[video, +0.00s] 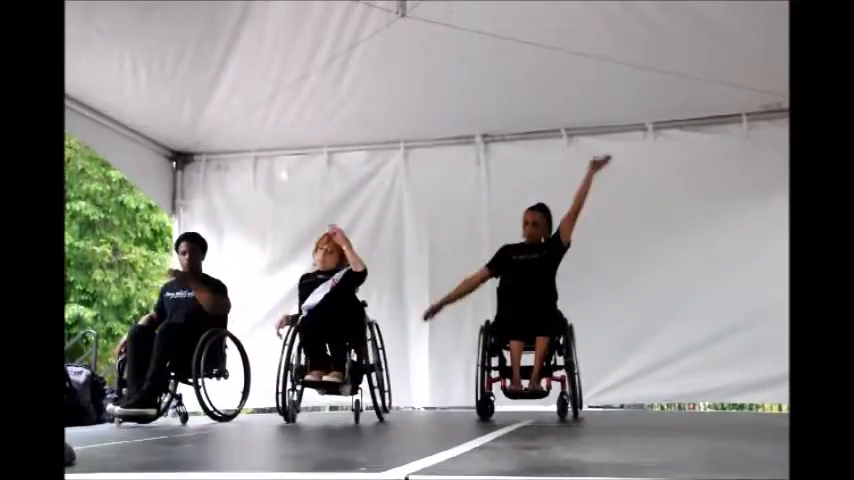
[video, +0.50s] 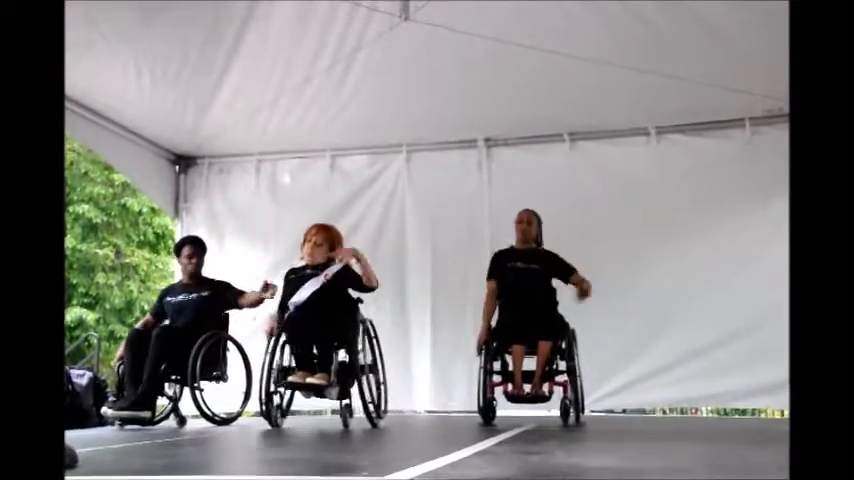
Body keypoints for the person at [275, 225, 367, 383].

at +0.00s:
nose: (324, 254)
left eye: (330, 251)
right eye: (321, 249)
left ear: (340, 257)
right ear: (314, 256)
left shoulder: (346, 276)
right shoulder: (307, 280)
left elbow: (360, 271)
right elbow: (304, 313)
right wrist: (289, 319)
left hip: (343, 318)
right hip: (318, 320)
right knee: (307, 322)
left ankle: (337, 370)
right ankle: (317, 368)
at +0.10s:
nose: (315, 256)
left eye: (321, 252)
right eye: (314, 252)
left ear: (334, 257)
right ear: (312, 254)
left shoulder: (345, 276)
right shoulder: (304, 280)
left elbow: (351, 270)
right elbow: (303, 309)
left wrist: (332, 252)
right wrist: (292, 318)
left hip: (340, 315)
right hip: (315, 318)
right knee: (306, 324)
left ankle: (336, 370)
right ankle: (315, 368)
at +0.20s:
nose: (317, 252)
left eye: (325, 250)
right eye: (315, 247)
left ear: (337, 256)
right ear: (310, 250)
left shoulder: (342, 277)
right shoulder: (301, 279)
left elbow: (349, 274)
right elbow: (299, 305)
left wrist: (327, 262)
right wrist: (291, 316)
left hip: (339, 315)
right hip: (313, 317)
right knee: (305, 324)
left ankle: (335, 370)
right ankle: (313, 369)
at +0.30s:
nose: (314, 251)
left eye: (322, 248)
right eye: (312, 245)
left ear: (334, 254)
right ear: (306, 249)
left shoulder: (341, 272)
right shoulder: (298, 278)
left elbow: (358, 283)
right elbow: (293, 304)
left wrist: (329, 267)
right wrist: (287, 317)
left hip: (339, 317)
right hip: (311, 319)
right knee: (302, 319)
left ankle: (331, 371)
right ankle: (310, 369)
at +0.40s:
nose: (313, 250)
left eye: (320, 247)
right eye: (310, 244)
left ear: (333, 254)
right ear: (304, 248)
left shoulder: (341, 273)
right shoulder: (296, 277)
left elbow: (364, 284)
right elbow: (289, 307)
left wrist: (337, 263)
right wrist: (283, 317)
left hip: (337, 317)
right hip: (307, 319)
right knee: (298, 321)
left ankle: (328, 371)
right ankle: (308, 369)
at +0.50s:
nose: (310, 248)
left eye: (318, 245)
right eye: (308, 242)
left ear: (331, 253)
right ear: (303, 246)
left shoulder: (340, 271)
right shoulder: (293, 274)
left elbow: (370, 286)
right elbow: (284, 306)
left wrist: (359, 258)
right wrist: (275, 324)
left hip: (334, 318)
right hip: (305, 319)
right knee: (294, 320)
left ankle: (323, 373)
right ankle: (303, 370)